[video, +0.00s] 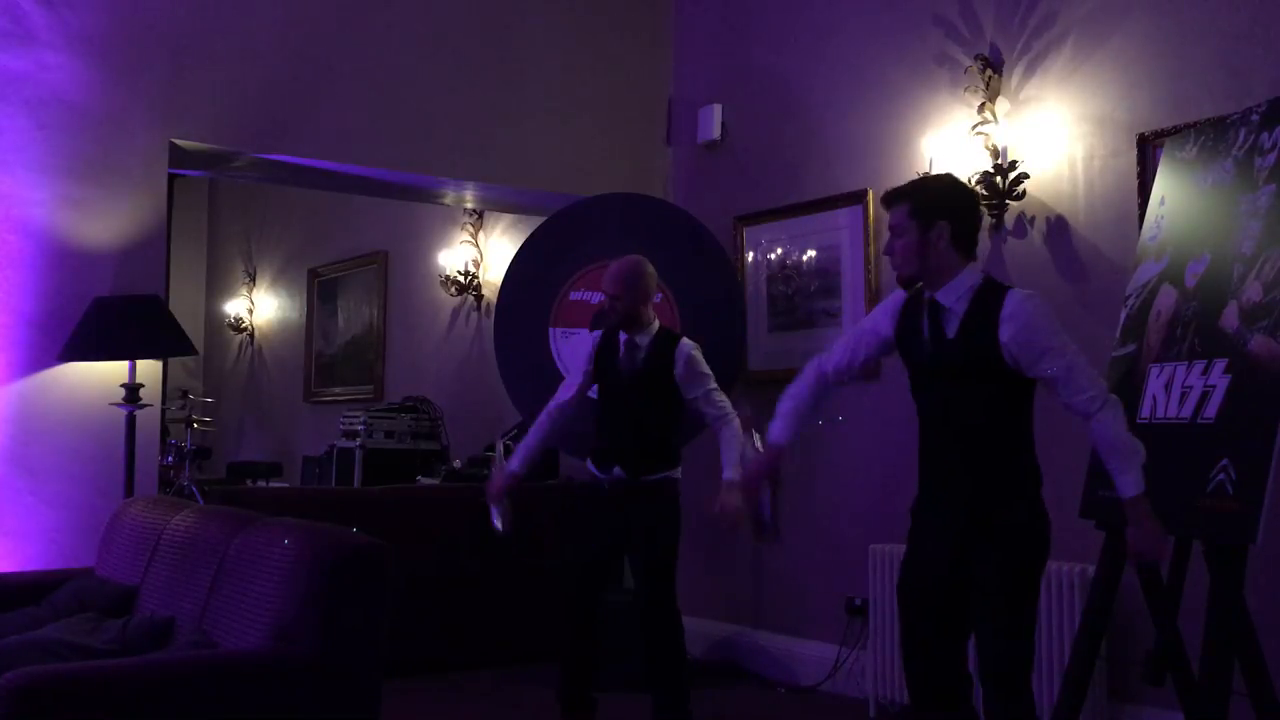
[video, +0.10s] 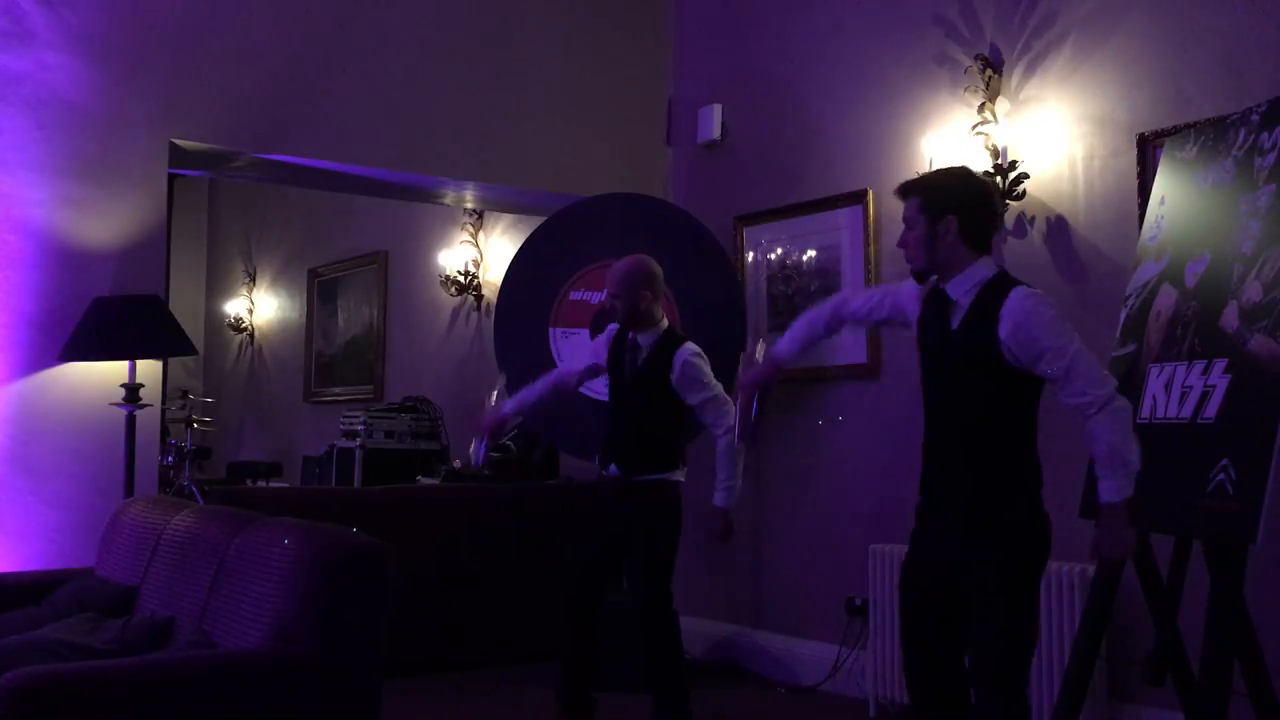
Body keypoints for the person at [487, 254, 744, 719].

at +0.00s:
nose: (612, 308)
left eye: (622, 300)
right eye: (609, 300)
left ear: (648, 299)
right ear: (608, 299)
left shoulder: (681, 354)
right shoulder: (599, 349)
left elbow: (724, 417)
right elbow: (557, 408)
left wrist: (730, 480)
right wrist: (514, 468)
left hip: (656, 496)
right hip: (600, 493)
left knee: (657, 605)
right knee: (585, 602)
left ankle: (669, 707)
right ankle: (577, 705)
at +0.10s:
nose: (614, 305)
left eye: (622, 296)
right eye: (612, 296)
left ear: (649, 297)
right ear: (615, 298)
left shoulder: (682, 357)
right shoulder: (615, 346)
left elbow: (725, 421)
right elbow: (562, 378)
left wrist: (723, 499)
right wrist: (506, 411)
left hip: (658, 496)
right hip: (612, 492)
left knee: (652, 607)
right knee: (592, 598)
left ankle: (671, 709)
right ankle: (579, 703)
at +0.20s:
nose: (610, 301)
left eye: (618, 293)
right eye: (611, 292)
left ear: (644, 295)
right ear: (640, 295)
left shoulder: (679, 359)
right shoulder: (621, 336)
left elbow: (724, 430)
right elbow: (572, 340)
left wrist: (712, 497)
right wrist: (517, 352)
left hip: (657, 497)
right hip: (616, 489)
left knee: (650, 607)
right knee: (594, 596)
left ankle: (669, 708)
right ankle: (578, 701)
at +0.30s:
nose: (611, 298)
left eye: (617, 291)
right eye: (612, 291)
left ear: (640, 295)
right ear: (643, 292)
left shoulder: (678, 358)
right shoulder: (629, 329)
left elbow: (722, 427)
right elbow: (592, 318)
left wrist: (701, 482)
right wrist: (543, 313)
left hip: (655, 494)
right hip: (619, 485)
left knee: (649, 602)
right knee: (597, 592)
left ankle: (669, 705)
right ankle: (584, 699)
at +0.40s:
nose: (611, 296)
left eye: (618, 288)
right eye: (612, 288)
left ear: (635, 292)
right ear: (650, 289)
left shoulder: (677, 357)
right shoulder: (629, 336)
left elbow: (722, 425)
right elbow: (589, 331)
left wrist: (687, 459)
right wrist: (554, 327)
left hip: (653, 493)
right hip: (614, 487)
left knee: (650, 602)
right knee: (594, 594)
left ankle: (669, 705)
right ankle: (585, 700)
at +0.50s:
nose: (610, 297)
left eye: (616, 289)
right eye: (610, 289)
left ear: (635, 293)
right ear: (649, 290)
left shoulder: (679, 356)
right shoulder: (619, 336)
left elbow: (716, 421)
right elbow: (620, 380)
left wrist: (681, 447)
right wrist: (571, 378)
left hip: (653, 492)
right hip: (613, 486)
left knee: (651, 599)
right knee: (594, 593)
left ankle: (668, 703)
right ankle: (586, 699)